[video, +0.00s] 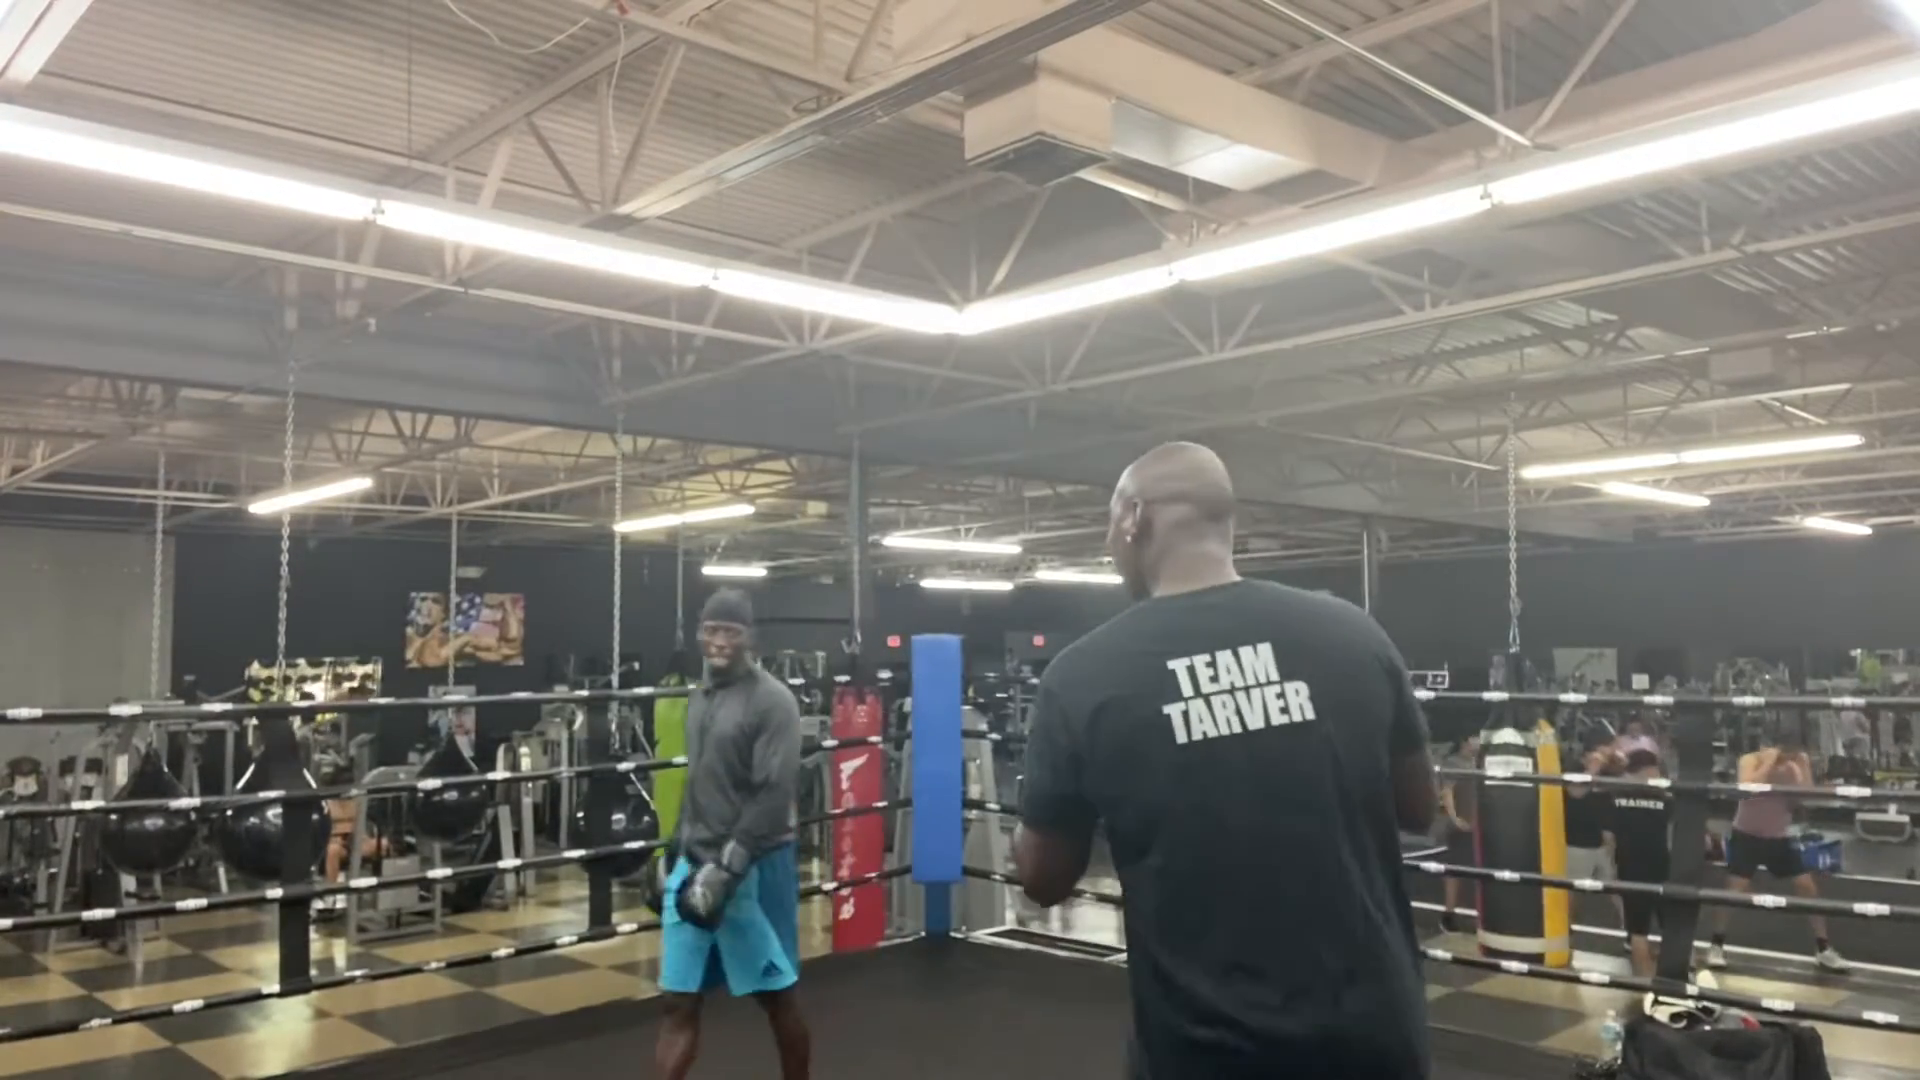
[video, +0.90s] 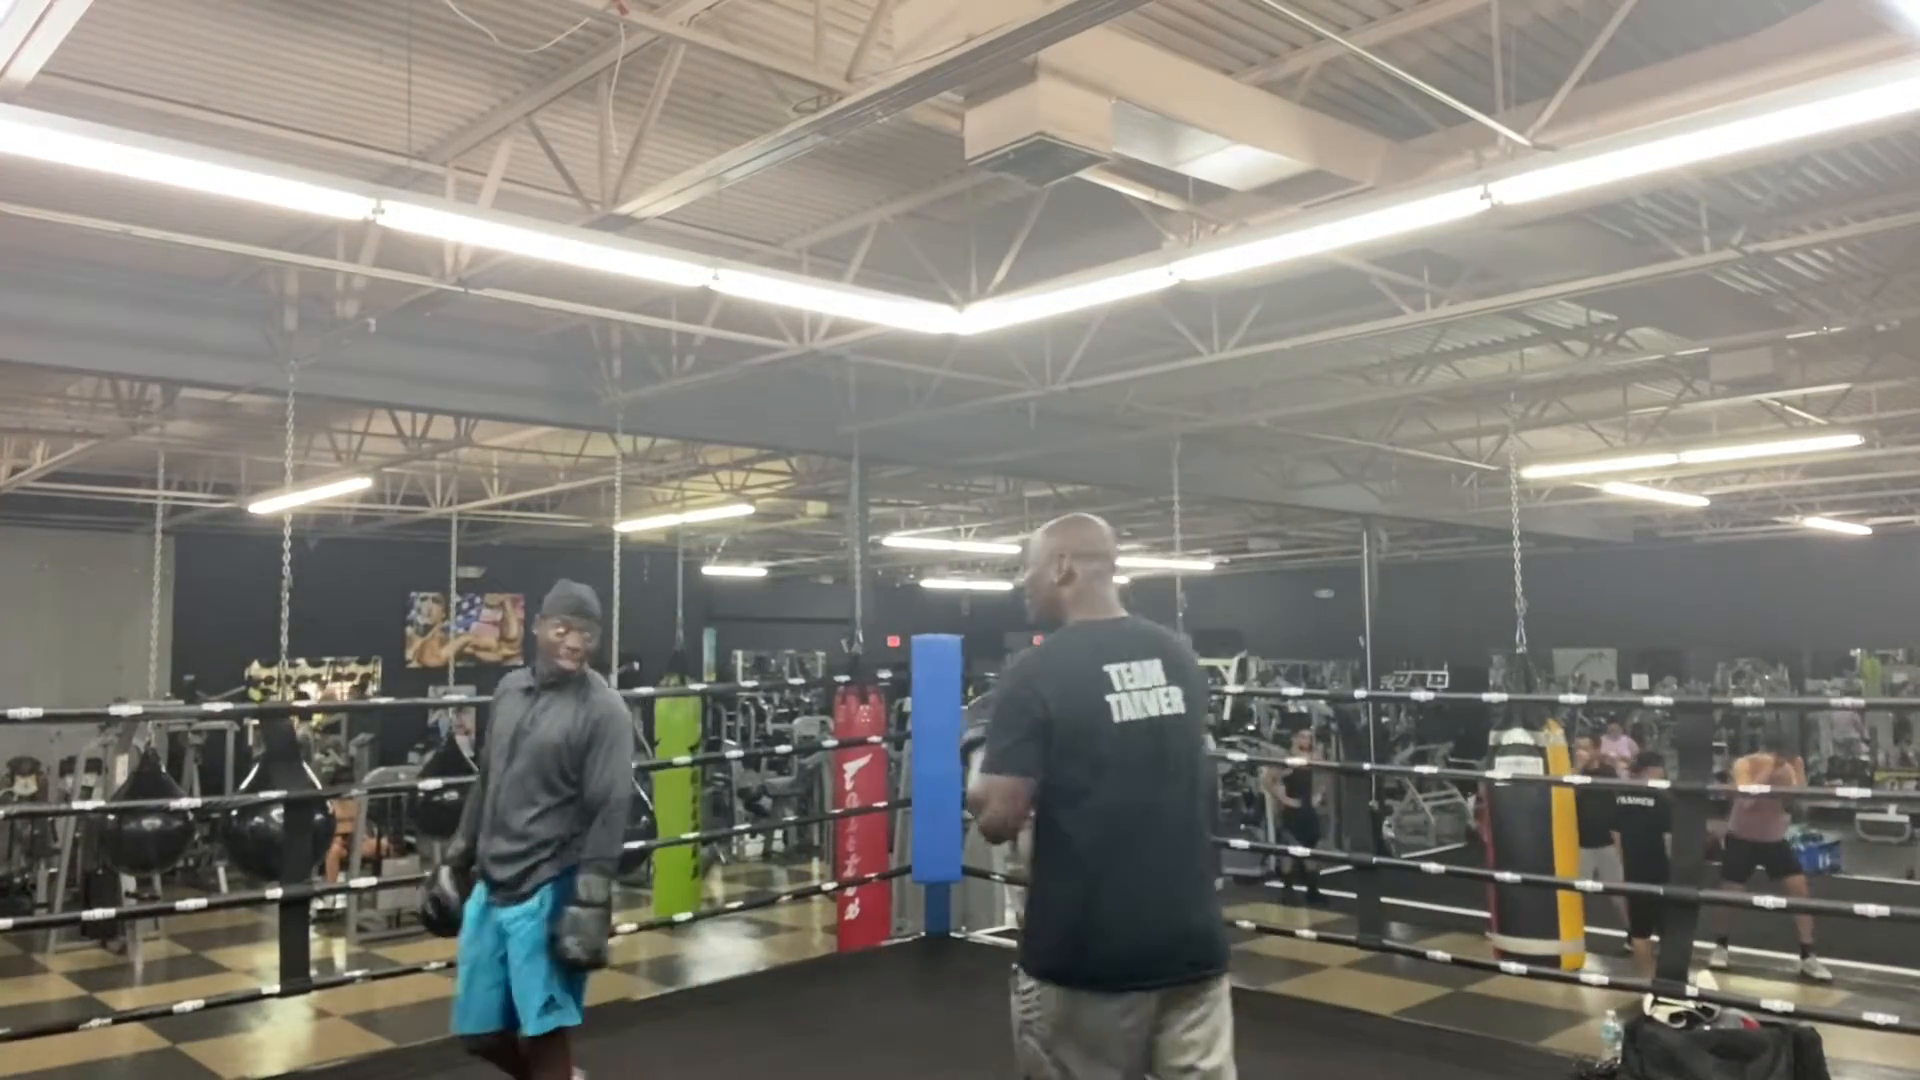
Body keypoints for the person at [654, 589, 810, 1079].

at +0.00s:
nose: (719, 641)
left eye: (730, 633)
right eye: (711, 631)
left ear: (749, 638)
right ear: (699, 637)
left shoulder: (774, 700)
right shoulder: (701, 698)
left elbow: (774, 799)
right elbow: (696, 786)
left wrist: (725, 868)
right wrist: (675, 857)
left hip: (758, 864)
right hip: (696, 862)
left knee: (777, 998)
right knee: (678, 1002)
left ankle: (797, 1073)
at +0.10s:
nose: (696, 638)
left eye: (708, 629)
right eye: (688, 629)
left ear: (728, 636)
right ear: (675, 634)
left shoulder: (750, 699)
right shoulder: (670, 697)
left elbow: (755, 793)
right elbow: (669, 786)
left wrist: (731, 876)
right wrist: (649, 859)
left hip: (723, 876)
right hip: (663, 873)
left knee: (740, 1003)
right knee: (660, 1008)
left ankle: (784, 1075)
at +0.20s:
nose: (674, 636)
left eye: (685, 626)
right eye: (665, 626)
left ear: (703, 633)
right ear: (650, 634)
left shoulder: (730, 695)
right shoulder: (639, 700)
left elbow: (744, 785)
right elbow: (633, 785)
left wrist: (740, 875)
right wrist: (614, 860)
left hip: (695, 874)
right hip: (639, 871)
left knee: (692, 1013)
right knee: (646, 1011)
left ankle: (763, 1075)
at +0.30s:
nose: (649, 630)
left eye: (659, 619)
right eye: (639, 619)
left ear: (677, 627)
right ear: (623, 629)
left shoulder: (706, 692)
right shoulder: (613, 696)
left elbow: (735, 776)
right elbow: (595, 785)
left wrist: (747, 863)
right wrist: (571, 864)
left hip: (676, 863)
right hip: (617, 864)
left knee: (640, 1005)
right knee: (630, 1007)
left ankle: (705, 1074)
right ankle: (648, 1074)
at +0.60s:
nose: (606, 629)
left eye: (617, 620)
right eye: (594, 619)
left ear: (629, 631)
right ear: (574, 630)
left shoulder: (656, 697)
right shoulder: (560, 700)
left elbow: (685, 785)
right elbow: (540, 795)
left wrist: (706, 871)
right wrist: (500, 866)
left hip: (631, 875)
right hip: (574, 877)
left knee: (581, 1022)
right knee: (615, 1022)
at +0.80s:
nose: (586, 631)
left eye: (598, 623)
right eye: (576, 619)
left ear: (609, 635)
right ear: (554, 625)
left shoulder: (624, 705)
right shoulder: (528, 688)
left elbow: (639, 804)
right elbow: (505, 781)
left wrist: (646, 893)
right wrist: (476, 862)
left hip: (582, 874)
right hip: (524, 876)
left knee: (555, 1021)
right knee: (551, 1011)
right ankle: (605, 1069)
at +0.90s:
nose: (573, 641)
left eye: (585, 632)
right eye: (561, 629)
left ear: (596, 639)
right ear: (536, 630)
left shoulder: (605, 709)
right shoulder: (510, 689)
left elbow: (612, 807)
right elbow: (487, 780)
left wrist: (592, 902)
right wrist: (457, 857)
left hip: (550, 889)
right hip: (489, 886)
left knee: (544, 1043)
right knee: (483, 1035)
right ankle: (564, 1075)